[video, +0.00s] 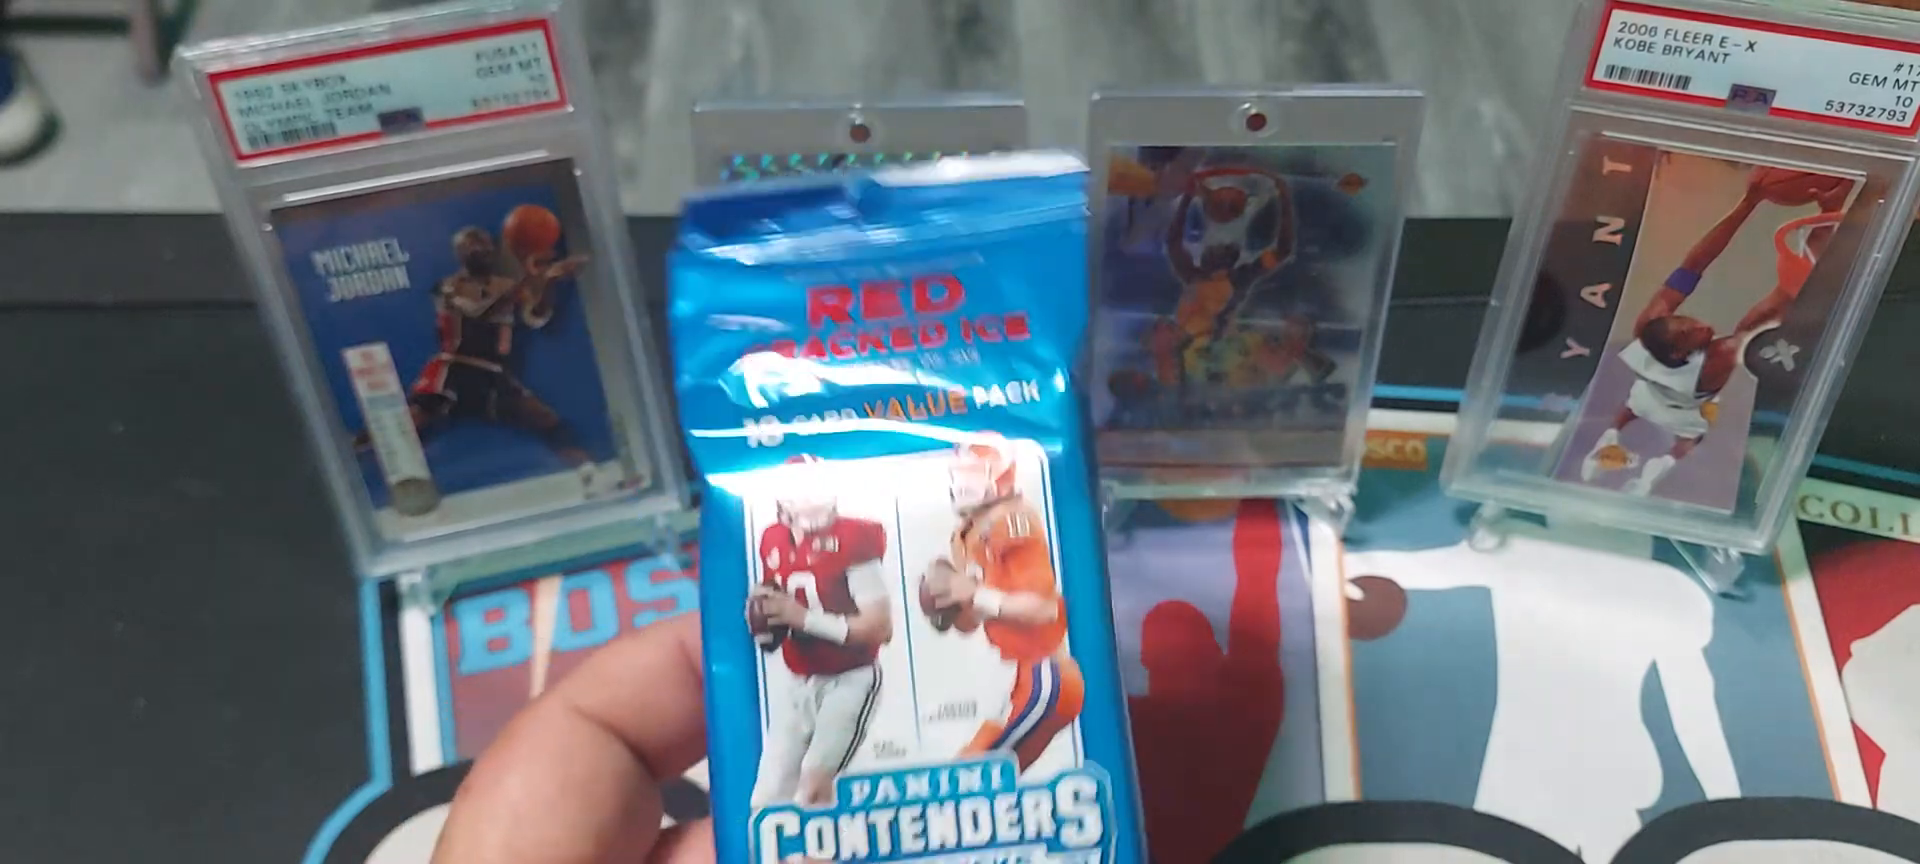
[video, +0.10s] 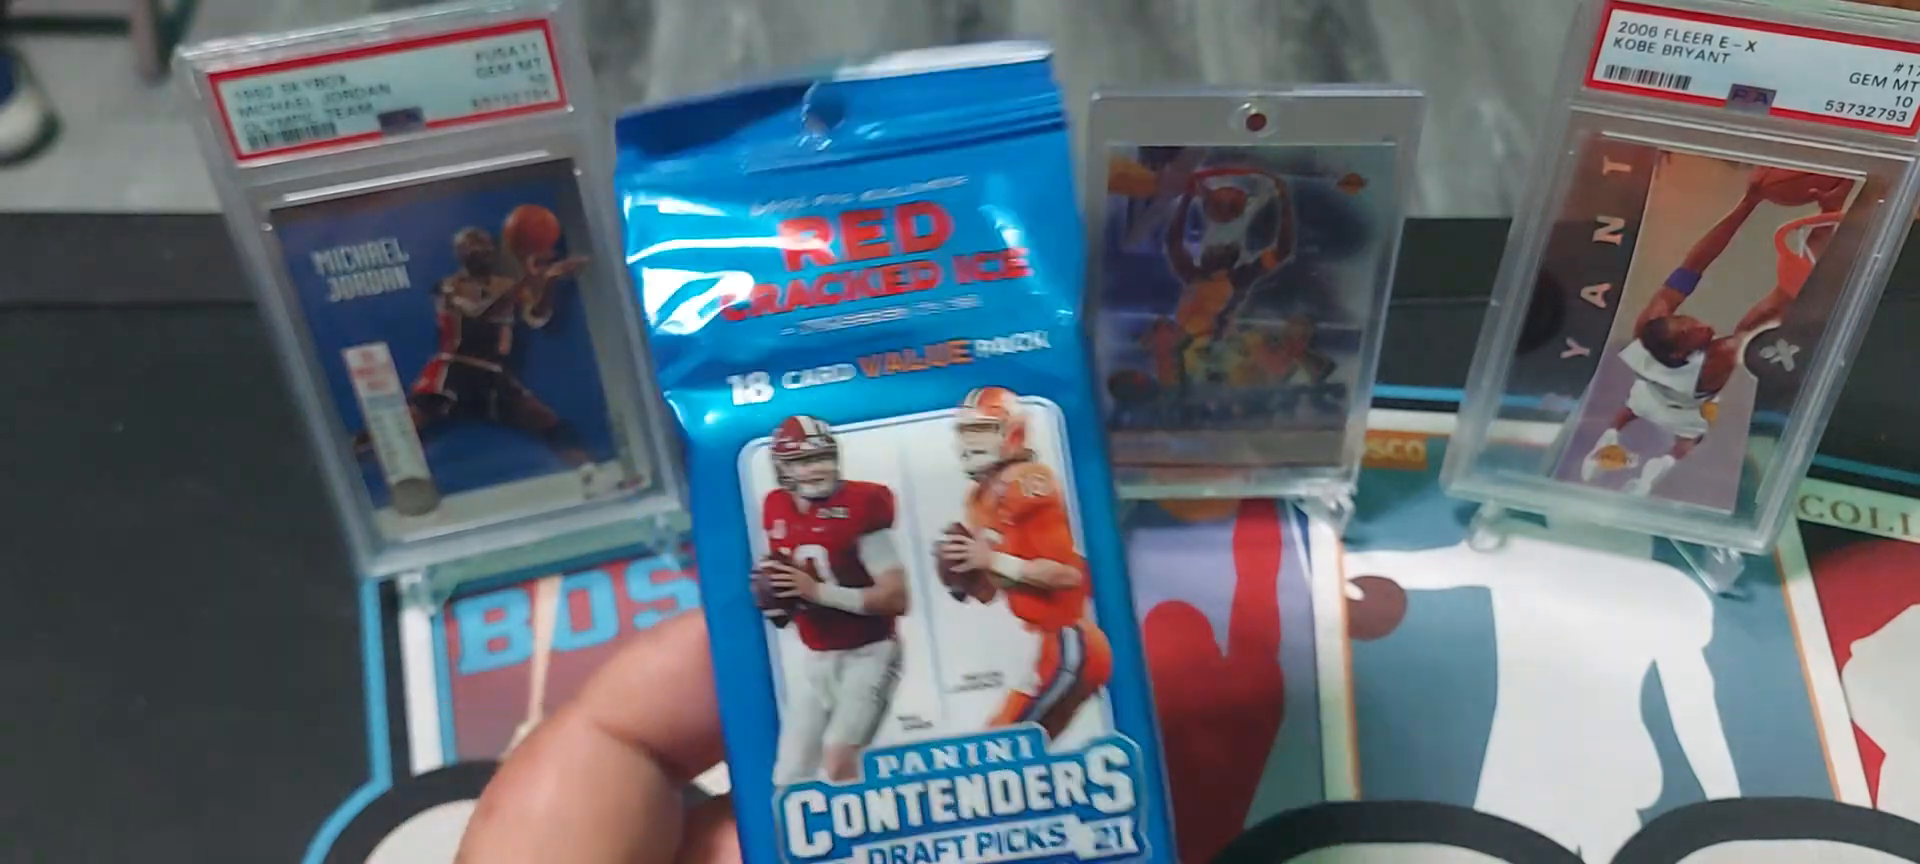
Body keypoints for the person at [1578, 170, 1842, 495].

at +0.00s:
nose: (1699, 324)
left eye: (1688, 321)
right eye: (1690, 331)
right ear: (1682, 352)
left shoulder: (1649, 324)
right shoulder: (1722, 356)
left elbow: (1694, 263)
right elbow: (1777, 306)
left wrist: (1748, 202)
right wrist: (1830, 216)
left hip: (1646, 391)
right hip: (1682, 413)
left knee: (1631, 408)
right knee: (1695, 434)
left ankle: (1604, 443)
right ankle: (1654, 470)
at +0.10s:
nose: (1699, 324)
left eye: (1688, 321)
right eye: (1690, 330)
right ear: (1682, 353)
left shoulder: (1649, 324)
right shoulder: (1722, 356)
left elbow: (1694, 263)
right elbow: (1778, 304)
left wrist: (1748, 202)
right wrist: (1831, 215)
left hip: (1647, 390)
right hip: (1683, 412)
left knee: (1632, 408)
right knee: (1694, 435)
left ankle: (1602, 444)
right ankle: (1656, 469)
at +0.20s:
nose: (1698, 324)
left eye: (1687, 321)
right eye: (1689, 331)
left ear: (1680, 312)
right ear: (1682, 353)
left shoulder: (1649, 324)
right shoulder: (1722, 356)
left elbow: (1695, 262)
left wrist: (1749, 202)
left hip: (1646, 391)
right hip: (1681, 413)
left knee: (1632, 408)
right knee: (1696, 433)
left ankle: (1603, 444)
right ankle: (1655, 470)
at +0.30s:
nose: (1698, 325)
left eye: (1687, 321)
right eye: (1689, 332)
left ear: (1681, 312)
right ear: (1682, 353)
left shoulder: (1648, 326)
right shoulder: (1722, 356)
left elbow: (1694, 263)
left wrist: (1749, 202)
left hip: (1646, 392)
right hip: (1680, 413)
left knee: (1633, 408)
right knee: (1696, 433)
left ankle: (1604, 441)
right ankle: (1657, 469)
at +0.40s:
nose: (1698, 325)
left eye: (1688, 322)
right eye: (1689, 331)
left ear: (1680, 312)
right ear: (1681, 353)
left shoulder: (1649, 324)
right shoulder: (1722, 356)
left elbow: (1694, 263)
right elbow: (1759, 320)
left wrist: (1749, 202)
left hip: (1647, 391)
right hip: (1683, 412)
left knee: (1631, 409)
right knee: (1694, 434)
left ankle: (1603, 443)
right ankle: (1655, 470)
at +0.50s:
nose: (1698, 325)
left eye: (1687, 322)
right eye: (1689, 332)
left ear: (1681, 313)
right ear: (1683, 354)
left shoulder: (1649, 324)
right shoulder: (1722, 356)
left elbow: (1694, 264)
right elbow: (1774, 309)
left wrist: (1748, 203)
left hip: (1647, 390)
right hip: (1683, 411)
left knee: (1633, 407)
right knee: (1695, 433)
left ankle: (1604, 442)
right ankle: (1658, 468)